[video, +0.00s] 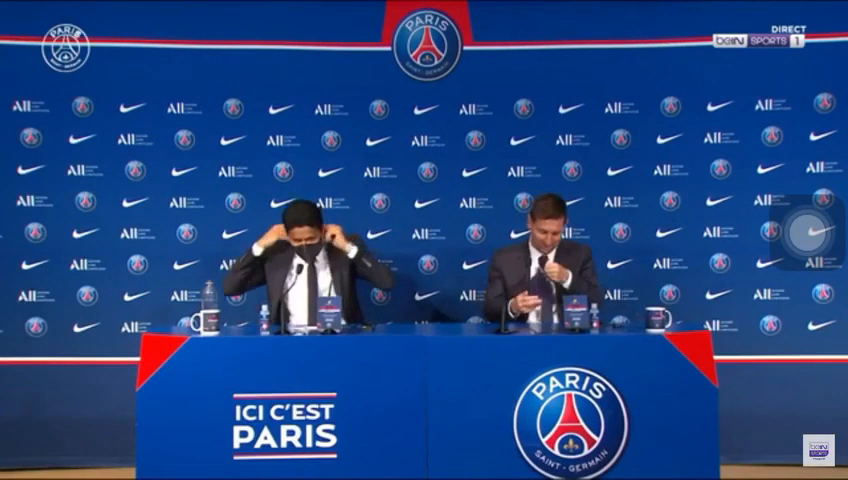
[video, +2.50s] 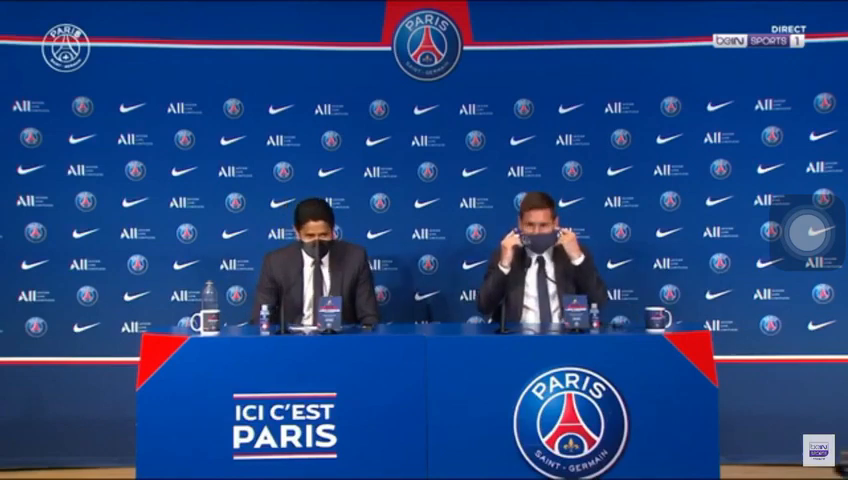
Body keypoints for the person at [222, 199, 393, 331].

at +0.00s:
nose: (304, 246)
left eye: (310, 239)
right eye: (297, 241)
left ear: (322, 230)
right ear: (287, 234)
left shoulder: (345, 251)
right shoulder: (276, 255)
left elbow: (387, 282)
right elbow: (231, 288)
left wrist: (348, 247)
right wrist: (260, 246)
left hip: (340, 346)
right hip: (290, 348)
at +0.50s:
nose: (290, 239)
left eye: (296, 233)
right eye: (285, 233)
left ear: (316, 229)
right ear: (281, 230)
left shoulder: (350, 252)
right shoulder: (280, 254)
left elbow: (365, 309)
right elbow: (244, 308)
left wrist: (326, 279)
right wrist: (265, 267)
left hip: (335, 344)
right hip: (288, 345)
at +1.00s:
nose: (292, 237)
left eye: (298, 230)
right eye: (287, 231)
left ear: (317, 226)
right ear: (282, 228)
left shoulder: (349, 251)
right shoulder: (276, 253)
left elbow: (365, 308)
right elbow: (247, 307)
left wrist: (327, 277)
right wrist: (271, 265)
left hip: (335, 343)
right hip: (288, 343)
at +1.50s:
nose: (300, 236)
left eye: (307, 230)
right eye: (294, 230)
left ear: (322, 226)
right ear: (288, 229)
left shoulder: (352, 252)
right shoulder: (275, 255)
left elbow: (374, 308)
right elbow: (249, 310)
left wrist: (342, 297)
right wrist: (280, 277)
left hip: (338, 344)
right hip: (289, 344)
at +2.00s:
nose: (310, 238)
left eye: (317, 231)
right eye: (302, 232)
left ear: (327, 227)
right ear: (293, 230)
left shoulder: (354, 254)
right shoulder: (275, 259)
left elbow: (368, 312)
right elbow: (263, 315)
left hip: (342, 346)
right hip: (291, 346)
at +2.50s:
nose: (317, 242)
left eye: (323, 235)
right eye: (310, 236)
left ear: (333, 233)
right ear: (298, 233)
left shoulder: (355, 257)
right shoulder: (276, 261)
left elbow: (369, 317)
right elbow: (261, 318)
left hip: (341, 346)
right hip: (291, 347)